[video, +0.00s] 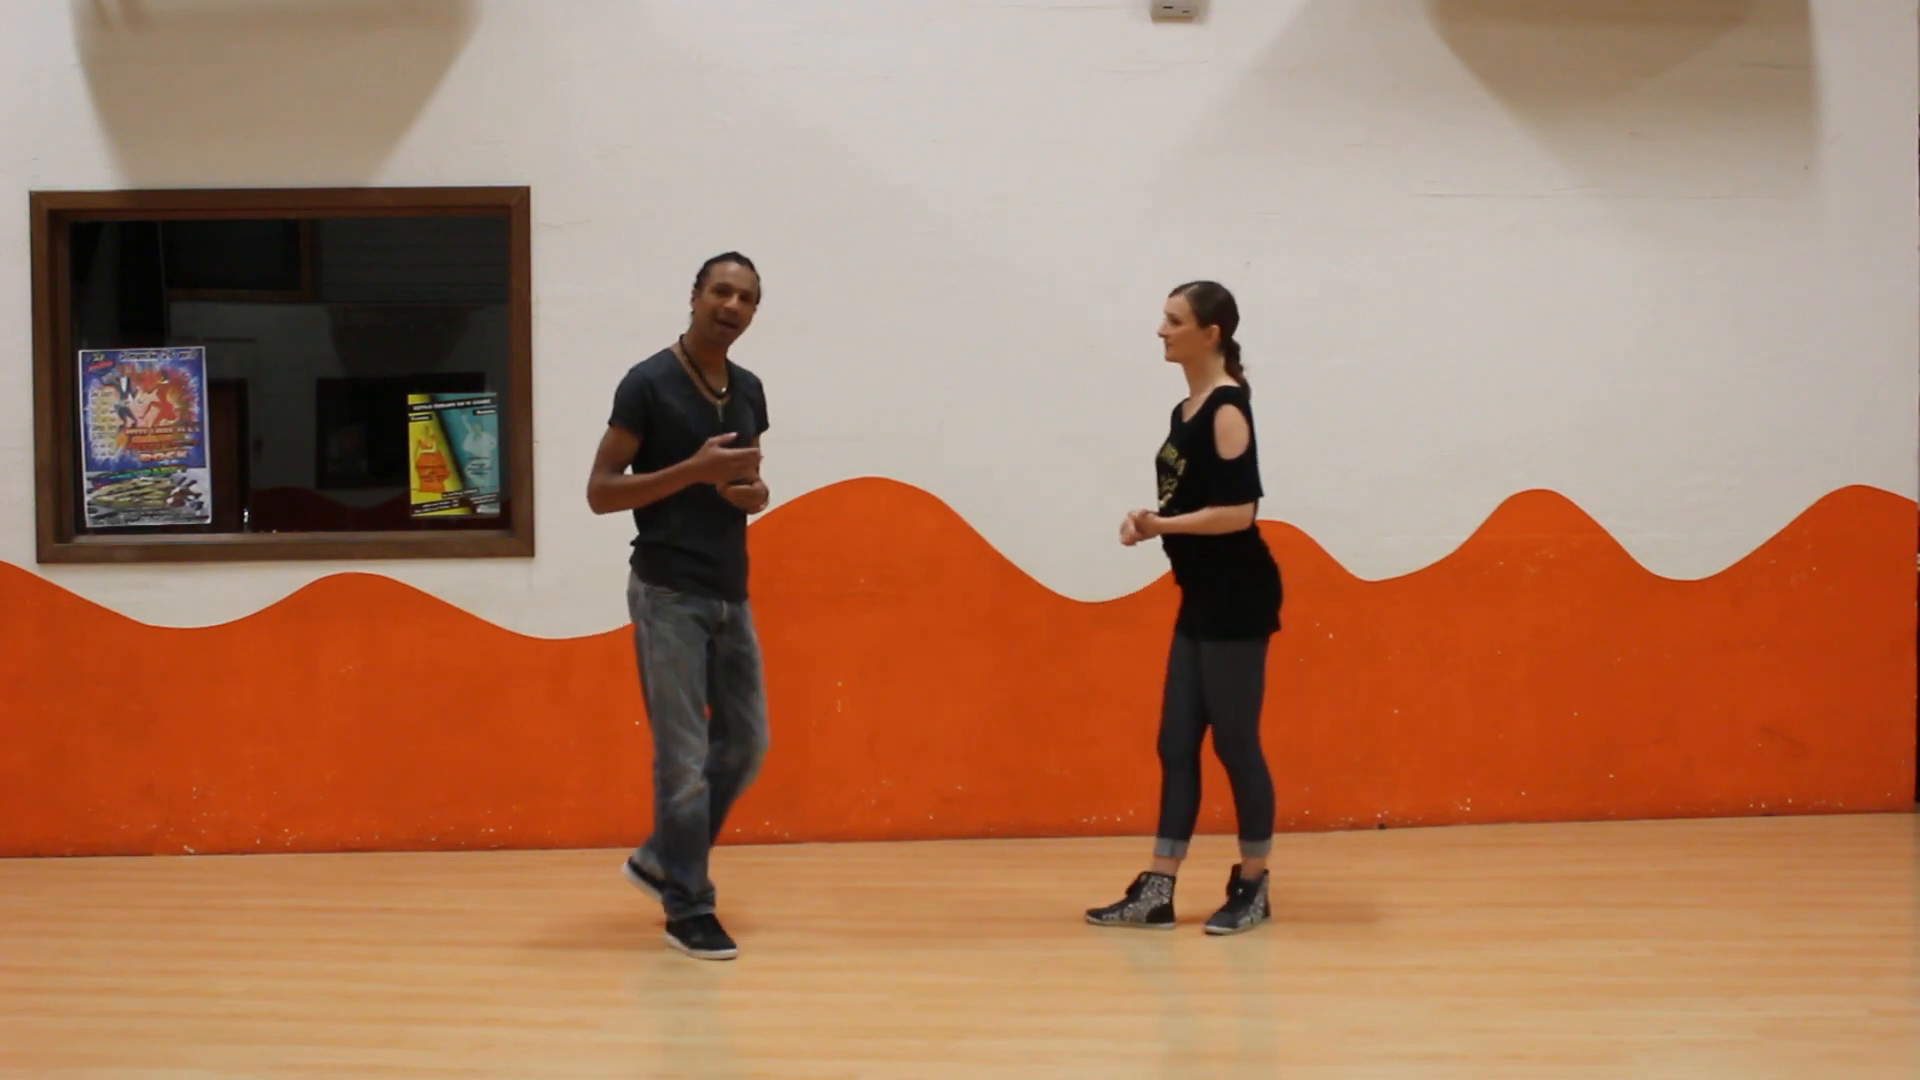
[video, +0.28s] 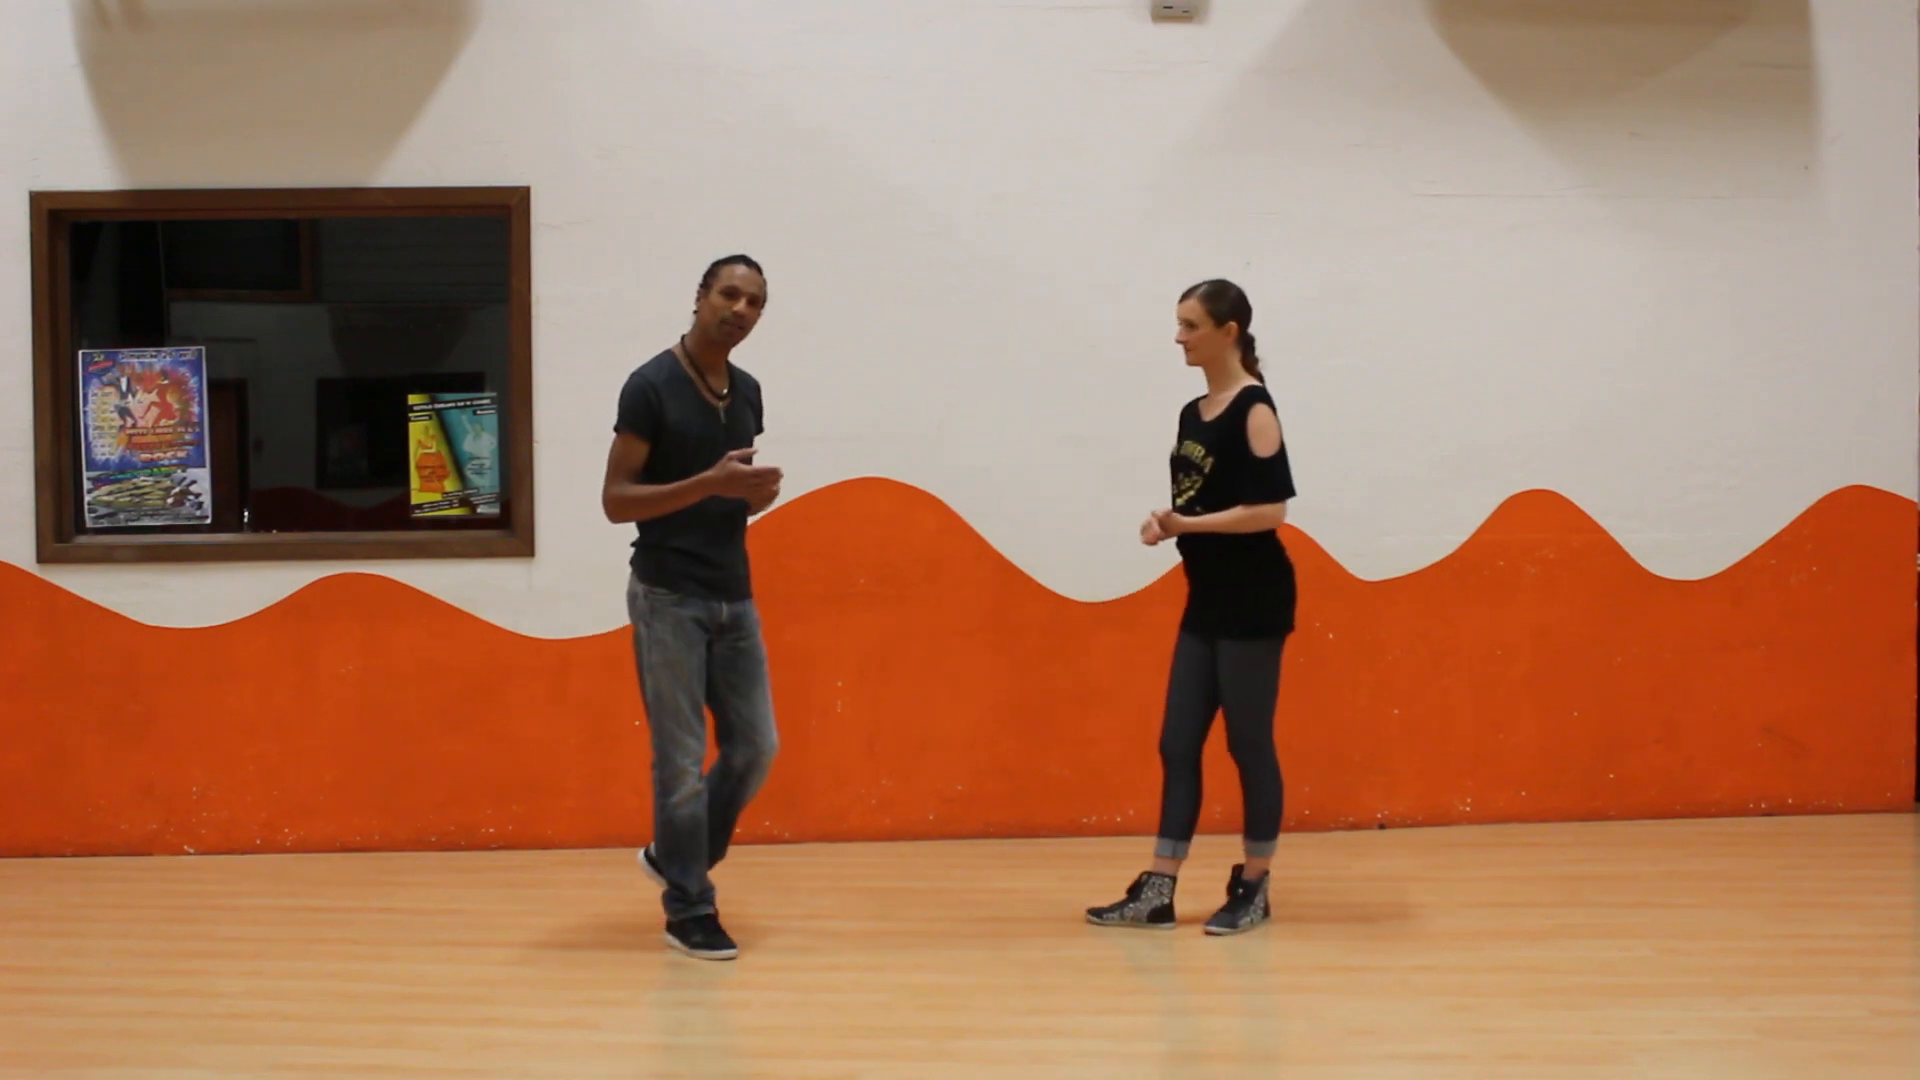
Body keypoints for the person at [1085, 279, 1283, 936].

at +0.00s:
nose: (1161, 331)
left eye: (1173, 323)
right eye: (1163, 321)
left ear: (1212, 332)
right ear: (1198, 332)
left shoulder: (1227, 408)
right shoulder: (1187, 408)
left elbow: (1241, 512)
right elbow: (1197, 502)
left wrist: (1159, 524)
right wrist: (1155, 521)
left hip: (1238, 602)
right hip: (1199, 599)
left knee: (1238, 745)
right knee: (1177, 745)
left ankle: (1252, 888)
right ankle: (1158, 888)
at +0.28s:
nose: (1180, 338)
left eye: (1191, 328)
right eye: (1179, 326)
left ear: (1230, 332)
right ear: (1203, 333)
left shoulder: (1255, 410)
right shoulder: (1193, 411)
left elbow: (1271, 511)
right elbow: (1208, 503)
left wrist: (1186, 523)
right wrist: (1171, 520)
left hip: (1254, 602)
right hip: (1207, 598)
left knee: (1251, 744)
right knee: (1178, 744)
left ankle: (1253, 888)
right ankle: (1158, 888)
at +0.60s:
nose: (1193, 340)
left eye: (1204, 328)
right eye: (1191, 328)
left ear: (1244, 330)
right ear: (1205, 333)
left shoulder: (1272, 414)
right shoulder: (1197, 413)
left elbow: (1285, 515)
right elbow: (1201, 501)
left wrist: (1198, 522)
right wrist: (1175, 516)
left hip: (1260, 606)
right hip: (1207, 602)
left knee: (1258, 745)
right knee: (1178, 744)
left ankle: (1252, 890)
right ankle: (1158, 890)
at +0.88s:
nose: (1195, 336)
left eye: (1207, 325)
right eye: (1195, 325)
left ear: (1247, 331)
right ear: (1216, 331)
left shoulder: (1272, 415)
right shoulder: (1200, 414)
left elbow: (1283, 516)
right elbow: (1208, 503)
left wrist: (1196, 522)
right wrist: (1177, 518)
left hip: (1259, 606)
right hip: (1208, 601)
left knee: (1257, 746)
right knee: (1180, 745)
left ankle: (1252, 890)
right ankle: (1158, 890)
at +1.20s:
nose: (1195, 337)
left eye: (1207, 325)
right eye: (1196, 325)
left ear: (1247, 330)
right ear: (1223, 331)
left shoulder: (1270, 414)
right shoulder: (1204, 413)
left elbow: (1278, 515)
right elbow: (1214, 505)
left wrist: (1192, 521)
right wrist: (1175, 518)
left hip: (1257, 605)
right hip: (1207, 600)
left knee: (1254, 745)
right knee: (1181, 745)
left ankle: (1253, 889)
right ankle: (1157, 890)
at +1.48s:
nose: (1195, 336)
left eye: (1206, 325)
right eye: (1196, 325)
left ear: (1247, 330)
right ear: (1230, 332)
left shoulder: (1269, 413)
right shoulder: (1206, 412)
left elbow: (1276, 515)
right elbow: (1213, 504)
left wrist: (1192, 521)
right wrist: (1175, 518)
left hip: (1255, 604)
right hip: (1207, 599)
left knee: (1253, 746)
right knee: (1180, 745)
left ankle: (1253, 889)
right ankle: (1158, 890)